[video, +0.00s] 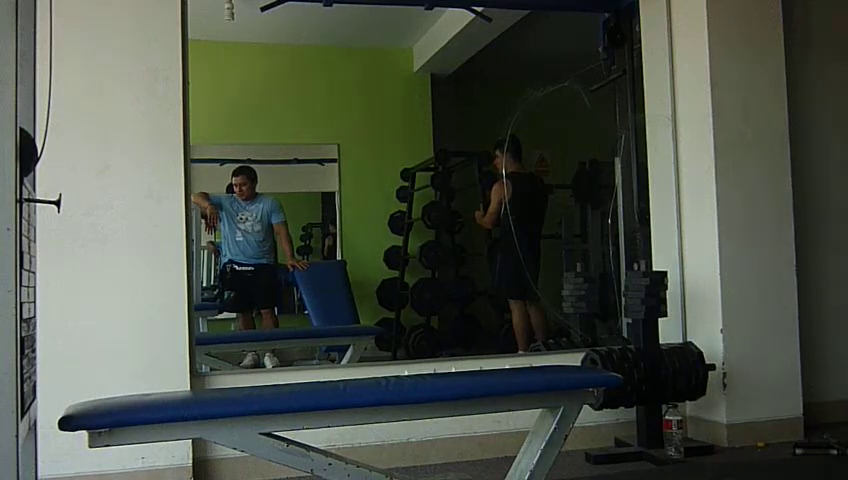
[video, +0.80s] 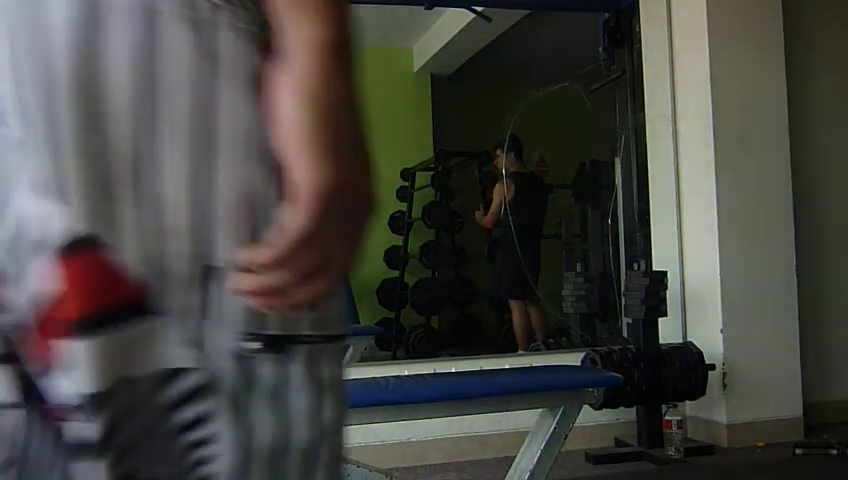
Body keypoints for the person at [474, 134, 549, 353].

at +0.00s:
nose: (495, 163)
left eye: (496, 157)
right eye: (495, 158)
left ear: (503, 157)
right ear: (519, 156)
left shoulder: (501, 186)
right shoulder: (536, 183)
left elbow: (490, 221)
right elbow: (537, 216)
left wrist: (480, 217)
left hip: (510, 248)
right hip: (533, 246)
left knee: (516, 301)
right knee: (533, 299)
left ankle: (523, 352)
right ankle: (542, 347)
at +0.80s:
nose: (496, 163)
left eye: (497, 157)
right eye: (495, 158)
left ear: (507, 156)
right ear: (519, 156)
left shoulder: (504, 185)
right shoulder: (537, 182)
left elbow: (490, 221)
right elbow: (537, 215)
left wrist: (480, 217)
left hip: (511, 247)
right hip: (533, 245)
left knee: (516, 301)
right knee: (532, 298)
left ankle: (522, 353)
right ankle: (542, 346)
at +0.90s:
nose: (497, 163)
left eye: (499, 157)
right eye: (497, 157)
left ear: (510, 156)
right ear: (518, 157)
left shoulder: (505, 185)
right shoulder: (539, 182)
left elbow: (492, 218)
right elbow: (538, 217)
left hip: (512, 247)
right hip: (533, 246)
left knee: (516, 301)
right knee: (532, 299)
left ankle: (523, 352)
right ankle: (542, 347)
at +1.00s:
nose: (497, 162)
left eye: (498, 157)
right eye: (497, 157)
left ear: (509, 156)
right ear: (518, 157)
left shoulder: (504, 186)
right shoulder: (532, 180)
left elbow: (491, 220)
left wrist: (480, 217)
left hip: (511, 248)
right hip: (533, 243)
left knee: (516, 302)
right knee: (532, 299)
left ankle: (522, 351)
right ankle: (542, 345)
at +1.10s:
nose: (496, 163)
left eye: (498, 157)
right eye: (496, 158)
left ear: (509, 156)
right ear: (519, 157)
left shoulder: (504, 186)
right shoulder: (536, 180)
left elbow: (491, 220)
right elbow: (538, 213)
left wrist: (480, 217)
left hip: (511, 247)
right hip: (534, 245)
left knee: (516, 302)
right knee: (533, 299)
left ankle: (523, 353)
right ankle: (542, 347)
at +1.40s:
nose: (502, 165)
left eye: (504, 160)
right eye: (503, 161)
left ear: (511, 158)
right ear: (522, 157)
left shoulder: (512, 183)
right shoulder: (538, 180)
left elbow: (503, 213)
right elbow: (542, 216)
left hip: (515, 247)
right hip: (534, 245)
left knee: (518, 299)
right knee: (533, 297)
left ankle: (522, 350)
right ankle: (542, 343)